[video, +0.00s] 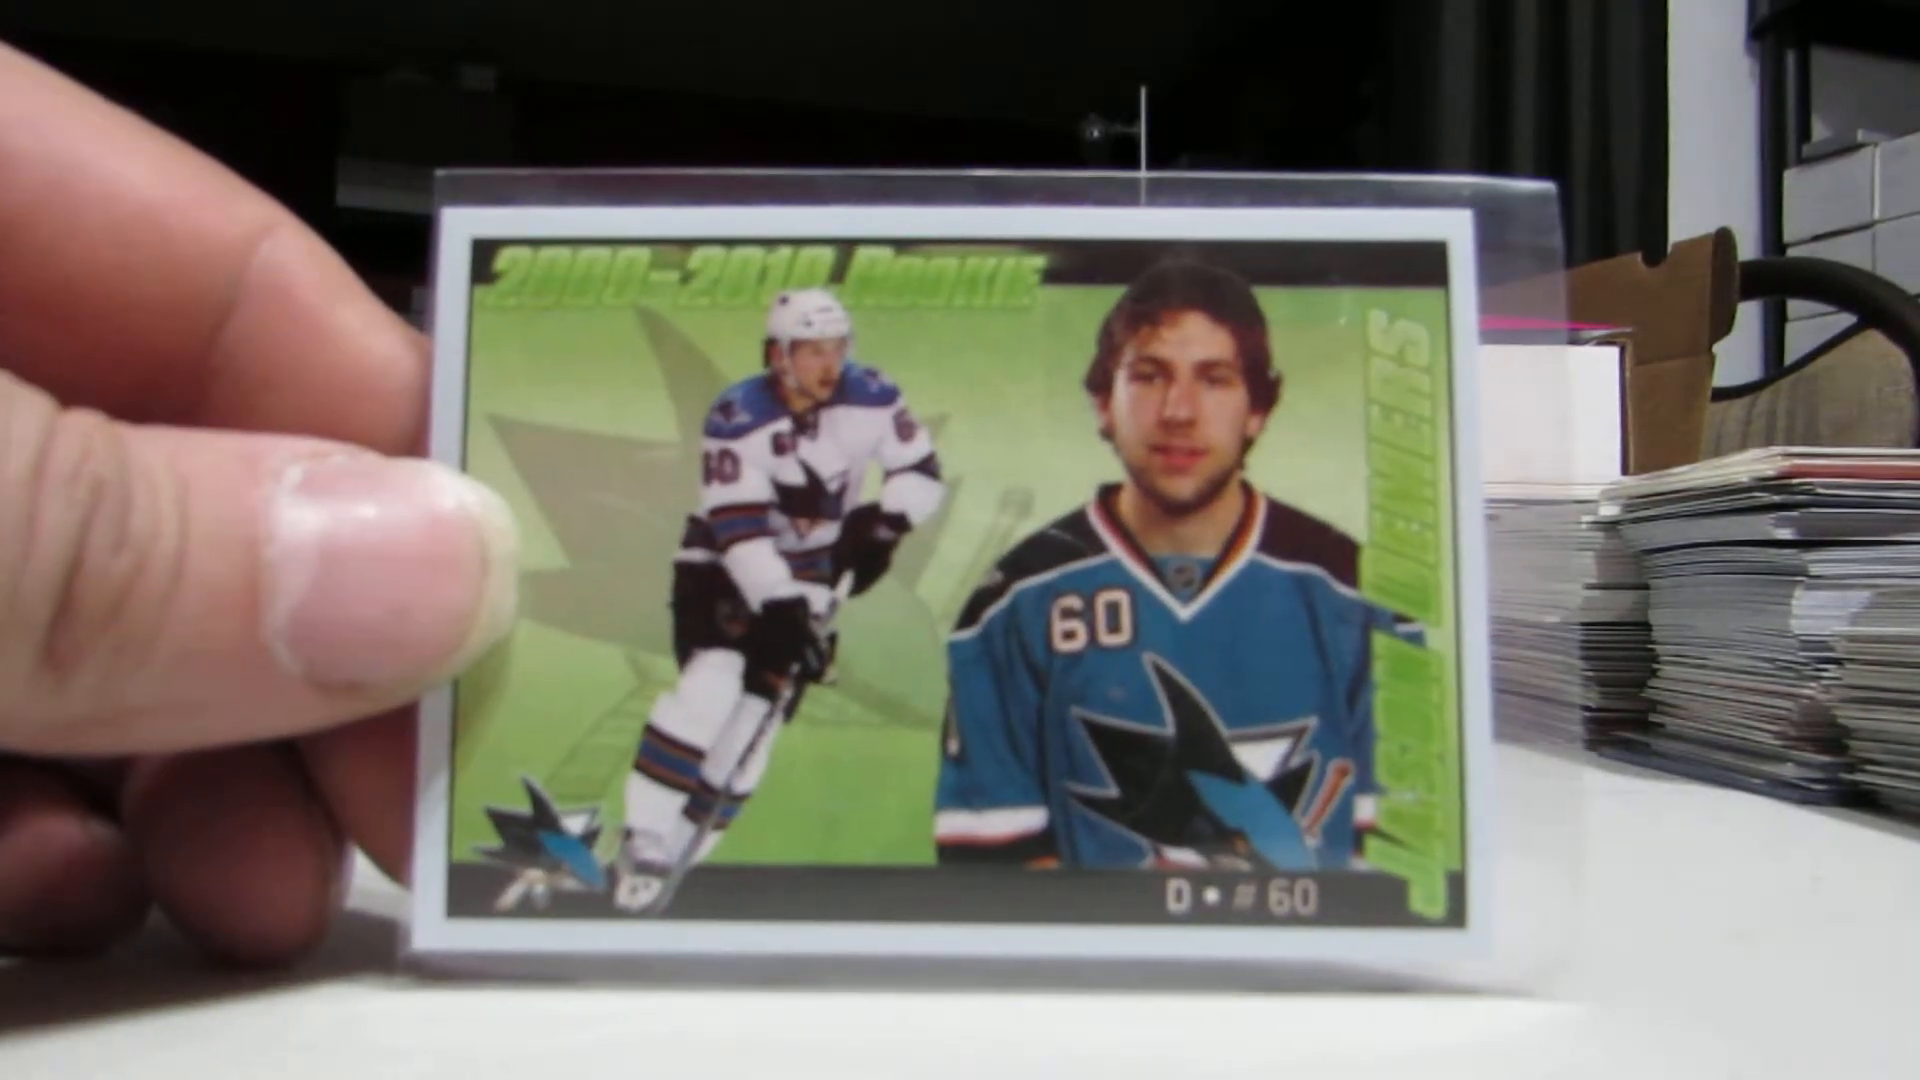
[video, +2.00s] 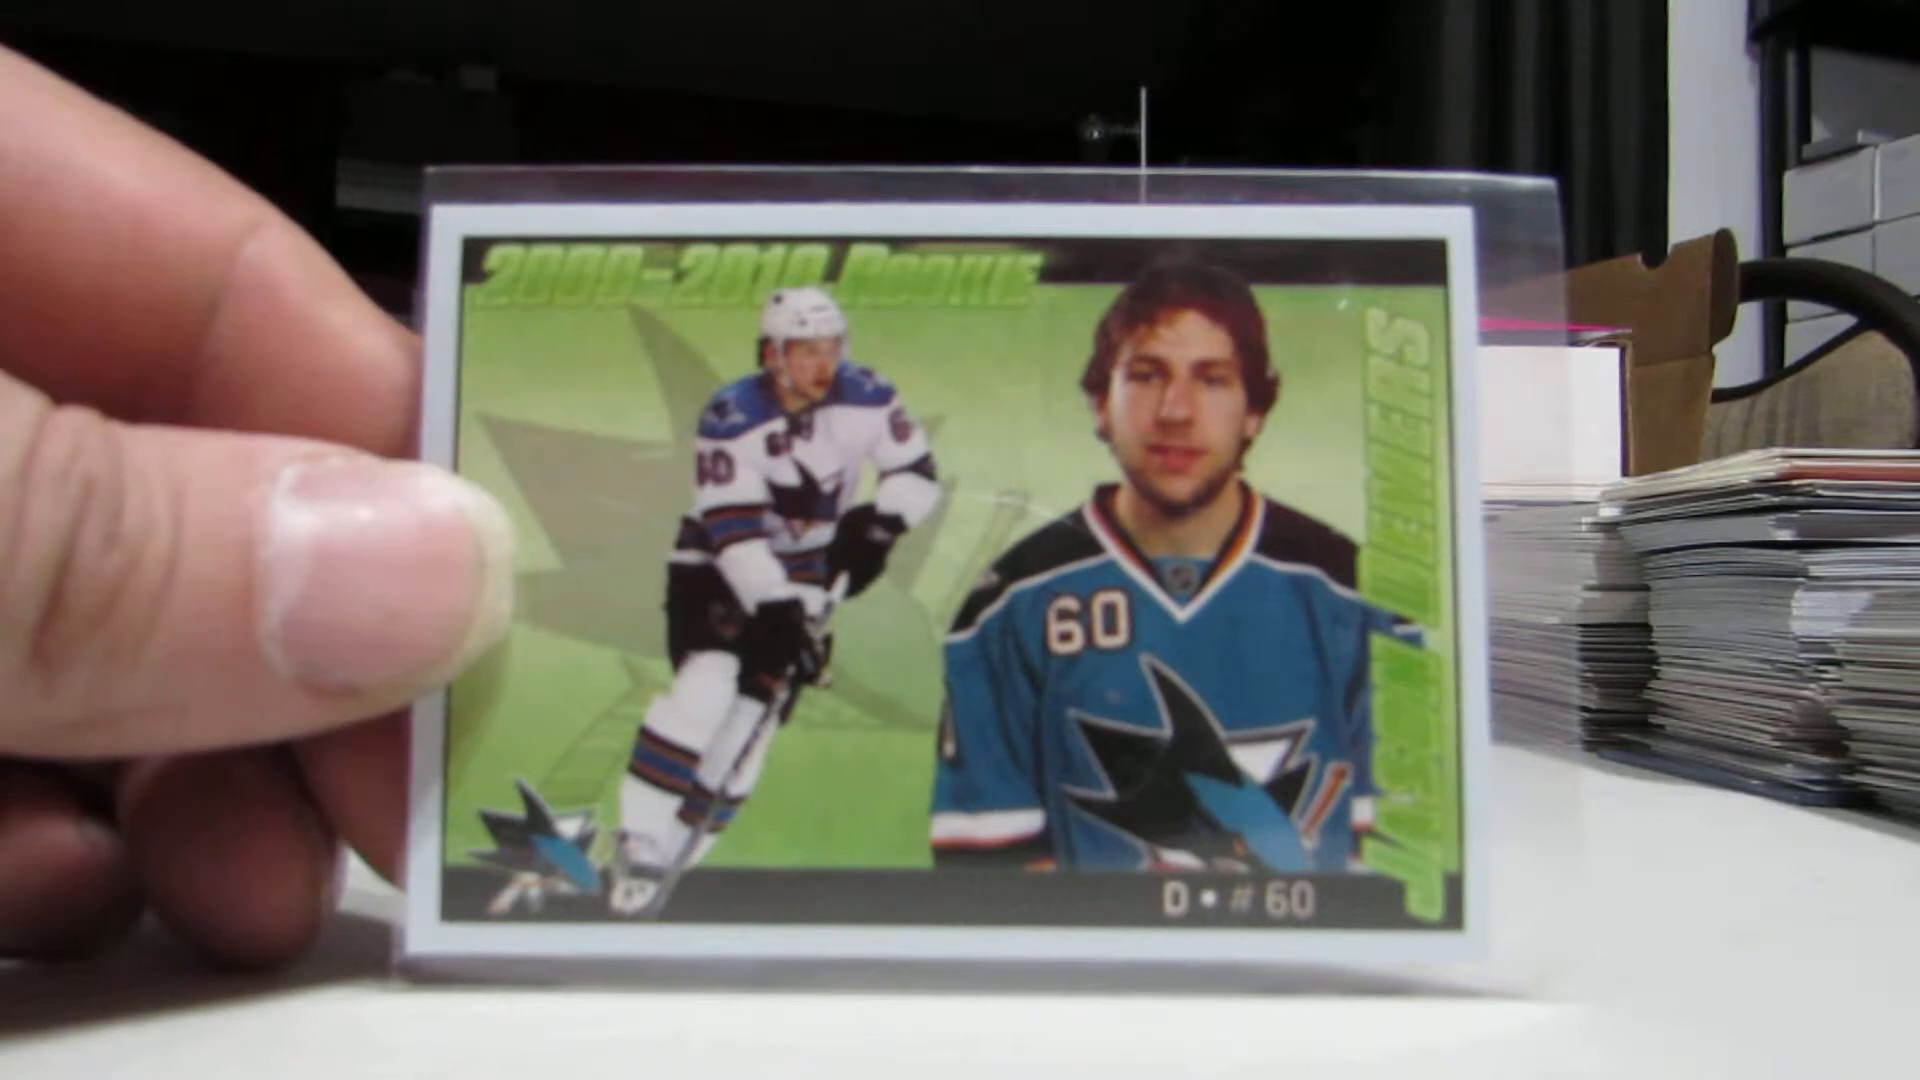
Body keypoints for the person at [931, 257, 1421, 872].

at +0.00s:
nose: (1178, 409)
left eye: (1213, 379)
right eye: (1149, 376)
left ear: (1256, 411)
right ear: (1104, 405)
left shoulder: (1351, 584)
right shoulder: (1019, 599)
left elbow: (1398, 847)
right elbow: (993, 868)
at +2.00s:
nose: (1175, 409)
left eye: (1211, 379)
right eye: (1146, 375)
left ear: (1253, 412)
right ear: (1101, 406)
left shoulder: (1349, 587)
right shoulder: (1014, 603)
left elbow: (1394, 853)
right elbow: (989, 874)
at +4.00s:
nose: (1177, 410)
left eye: (1212, 380)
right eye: (1147, 377)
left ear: (1255, 414)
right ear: (1102, 407)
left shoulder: (1354, 588)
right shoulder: (1016, 604)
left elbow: (1401, 851)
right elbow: (993, 872)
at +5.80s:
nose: (1177, 411)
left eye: (1212, 381)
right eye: (1147, 377)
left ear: (1255, 415)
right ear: (1103, 408)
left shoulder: (1355, 588)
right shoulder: (1017, 604)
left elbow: (1400, 853)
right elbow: (994, 876)